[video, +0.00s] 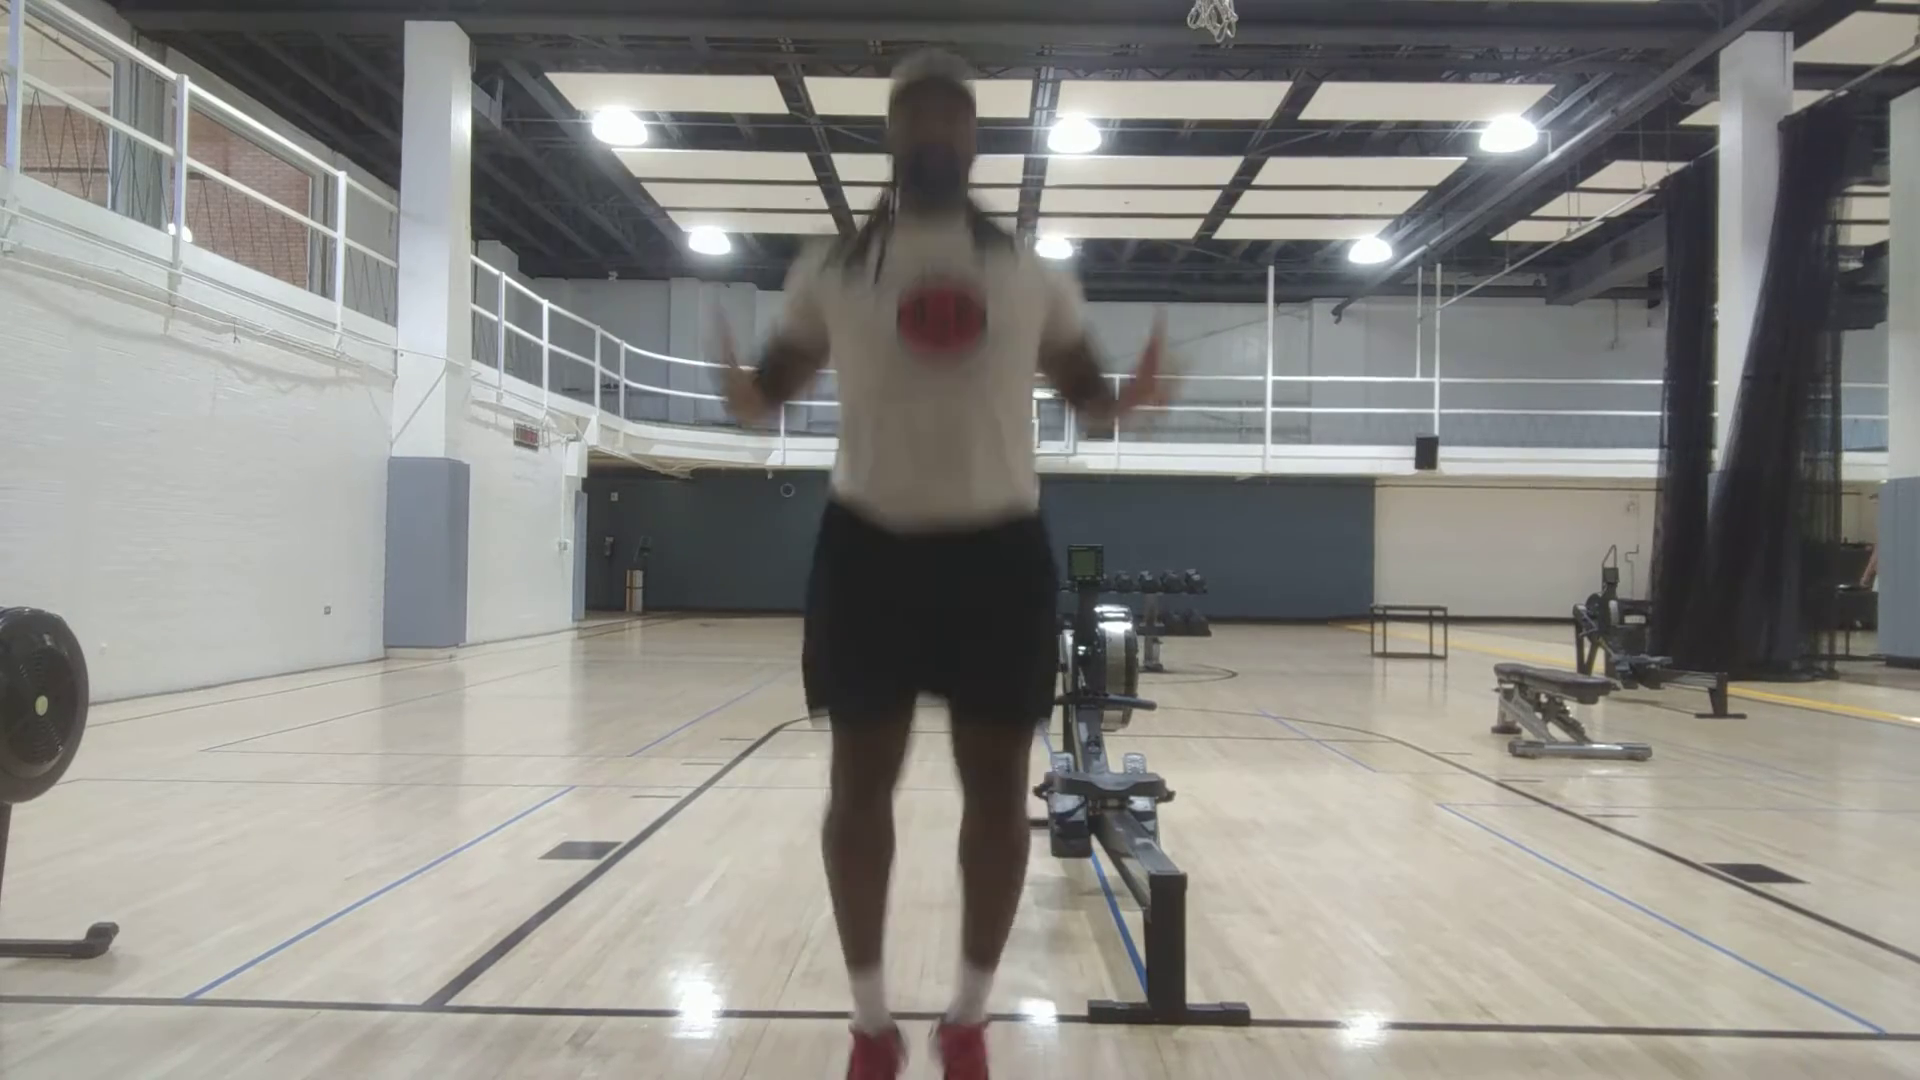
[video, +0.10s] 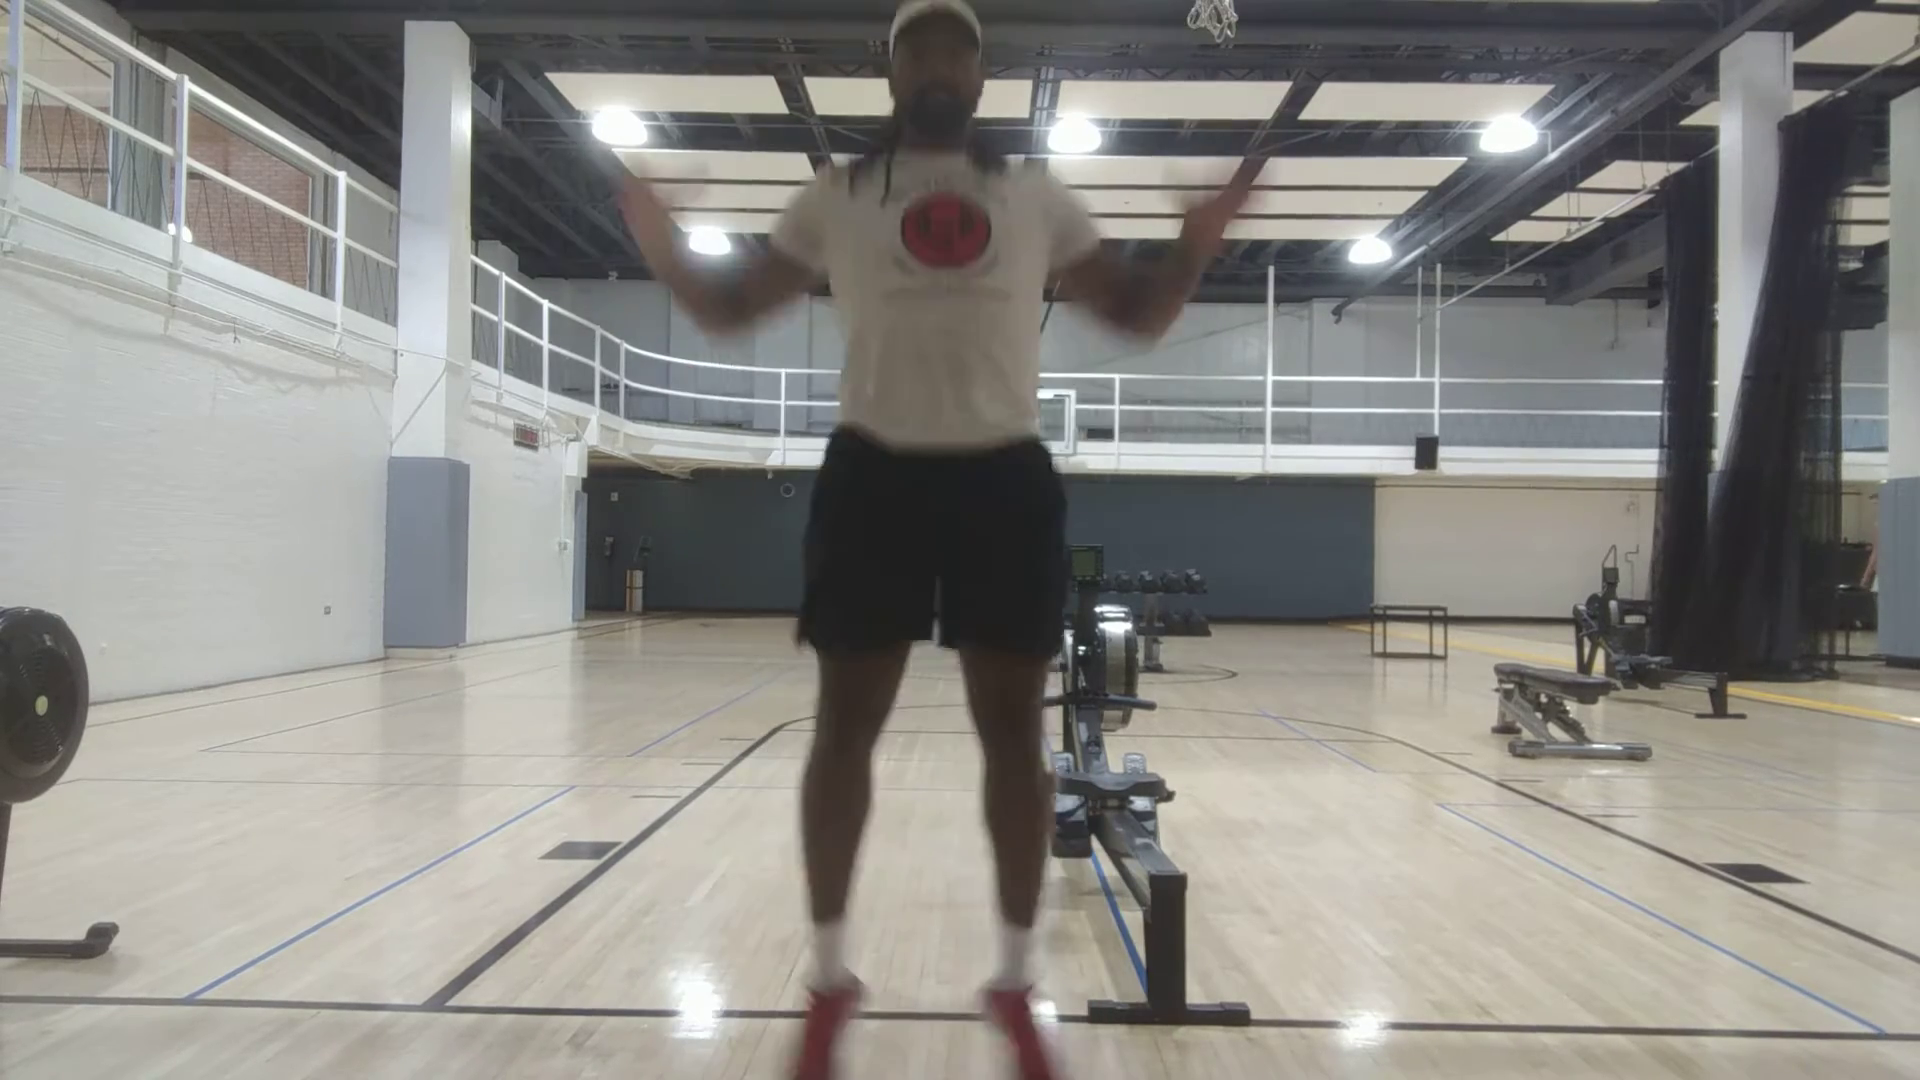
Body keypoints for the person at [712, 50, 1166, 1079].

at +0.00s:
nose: (933, 135)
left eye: (951, 118)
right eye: (916, 118)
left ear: (976, 136)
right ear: (888, 135)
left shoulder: (1030, 270)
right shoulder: (836, 264)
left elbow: (1086, 395)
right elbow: (776, 383)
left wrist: (1129, 396)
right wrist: (751, 387)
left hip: (998, 546)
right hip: (871, 545)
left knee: (998, 792)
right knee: (860, 782)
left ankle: (969, 1016)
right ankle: (869, 1019)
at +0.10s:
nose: (936, 61)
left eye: (955, 46)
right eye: (917, 46)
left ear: (984, 75)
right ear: (888, 74)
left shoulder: (1033, 191)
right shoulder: (839, 195)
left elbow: (1140, 313)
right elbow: (727, 311)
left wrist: (1198, 239)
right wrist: (662, 244)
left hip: (1006, 481)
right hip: (874, 479)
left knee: (1014, 729)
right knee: (846, 724)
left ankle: (1018, 980)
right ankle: (830, 975)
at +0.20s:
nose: (940, 57)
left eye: (959, 41)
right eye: (922, 40)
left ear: (987, 65)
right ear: (892, 64)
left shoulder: (1042, 178)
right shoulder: (839, 179)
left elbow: (1181, 244)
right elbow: (690, 242)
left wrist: (1214, 121)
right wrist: (651, 112)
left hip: (1008, 471)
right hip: (871, 467)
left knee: (1045, 727)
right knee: (817, 721)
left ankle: (1084, 983)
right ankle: (765, 972)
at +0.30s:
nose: (948, 109)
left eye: (964, 94)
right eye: (929, 95)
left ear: (989, 115)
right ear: (898, 119)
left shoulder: (1050, 219)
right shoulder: (840, 225)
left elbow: (1194, 214)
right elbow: (687, 216)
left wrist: (1150, 78)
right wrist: (722, 74)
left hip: (1011, 536)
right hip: (869, 532)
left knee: (1077, 788)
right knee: (790, 779)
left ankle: (1131, 1018)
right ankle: (715, 1012)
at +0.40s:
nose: (950, 197)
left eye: (966, 182)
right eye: (931, 180)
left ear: (992, 202)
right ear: (900, 201)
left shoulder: (1048, 290)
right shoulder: (837, 289)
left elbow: (1179, 233)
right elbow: (707, 236)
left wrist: (1037, 152)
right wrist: (821, 136)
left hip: (1013, 619)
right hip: (869, 615)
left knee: (1085, 851)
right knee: (793, 845)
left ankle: (1129, 1047)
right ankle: (716, 1044)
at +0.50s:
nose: (947, 175)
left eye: (963, 160)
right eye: (930, 159)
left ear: (989, 183)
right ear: (902, 181)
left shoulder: (1048, 280)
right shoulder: (842, 279)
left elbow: (1190, 261)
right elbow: (697, 253)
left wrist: (1150, 133)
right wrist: (731, 110)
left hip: (1014, 581)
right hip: (873, 578)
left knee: (1082, 811)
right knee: (791, 804)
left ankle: (1127, 1026)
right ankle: (724, 1017)